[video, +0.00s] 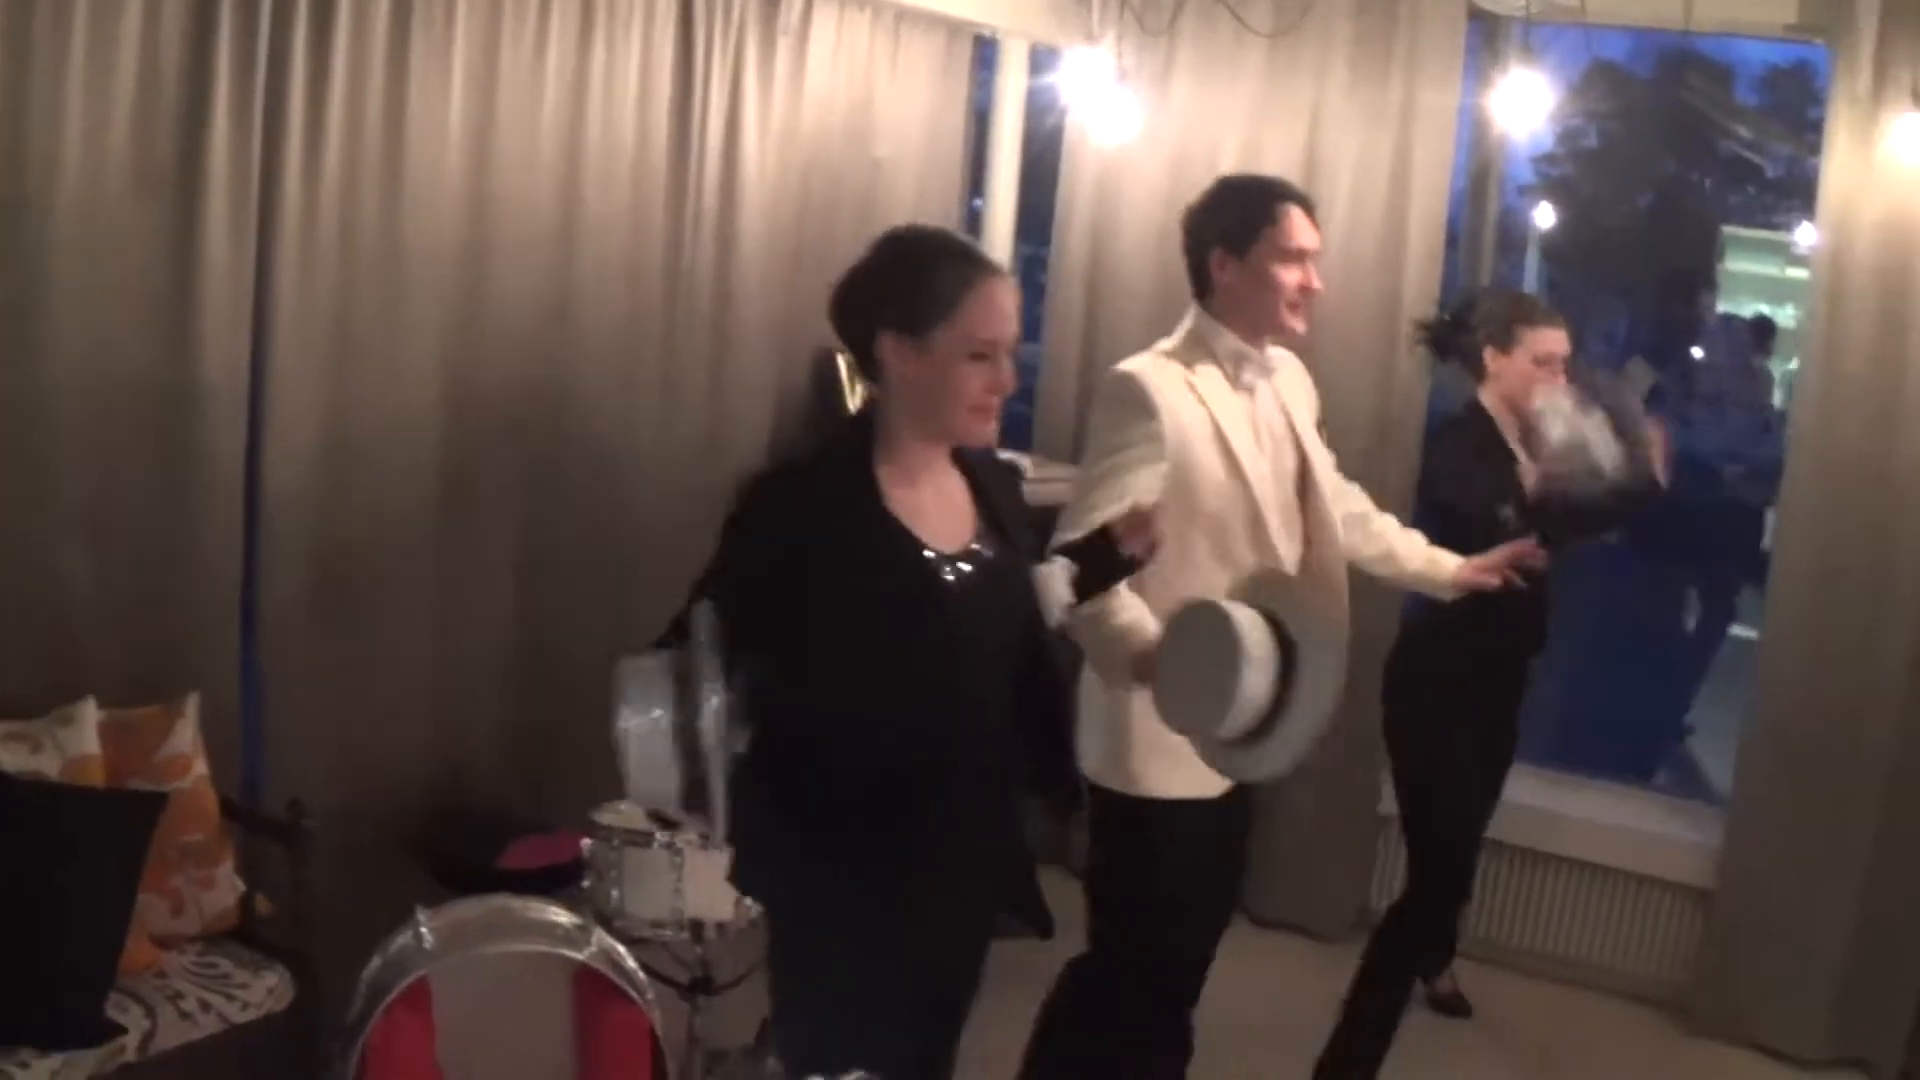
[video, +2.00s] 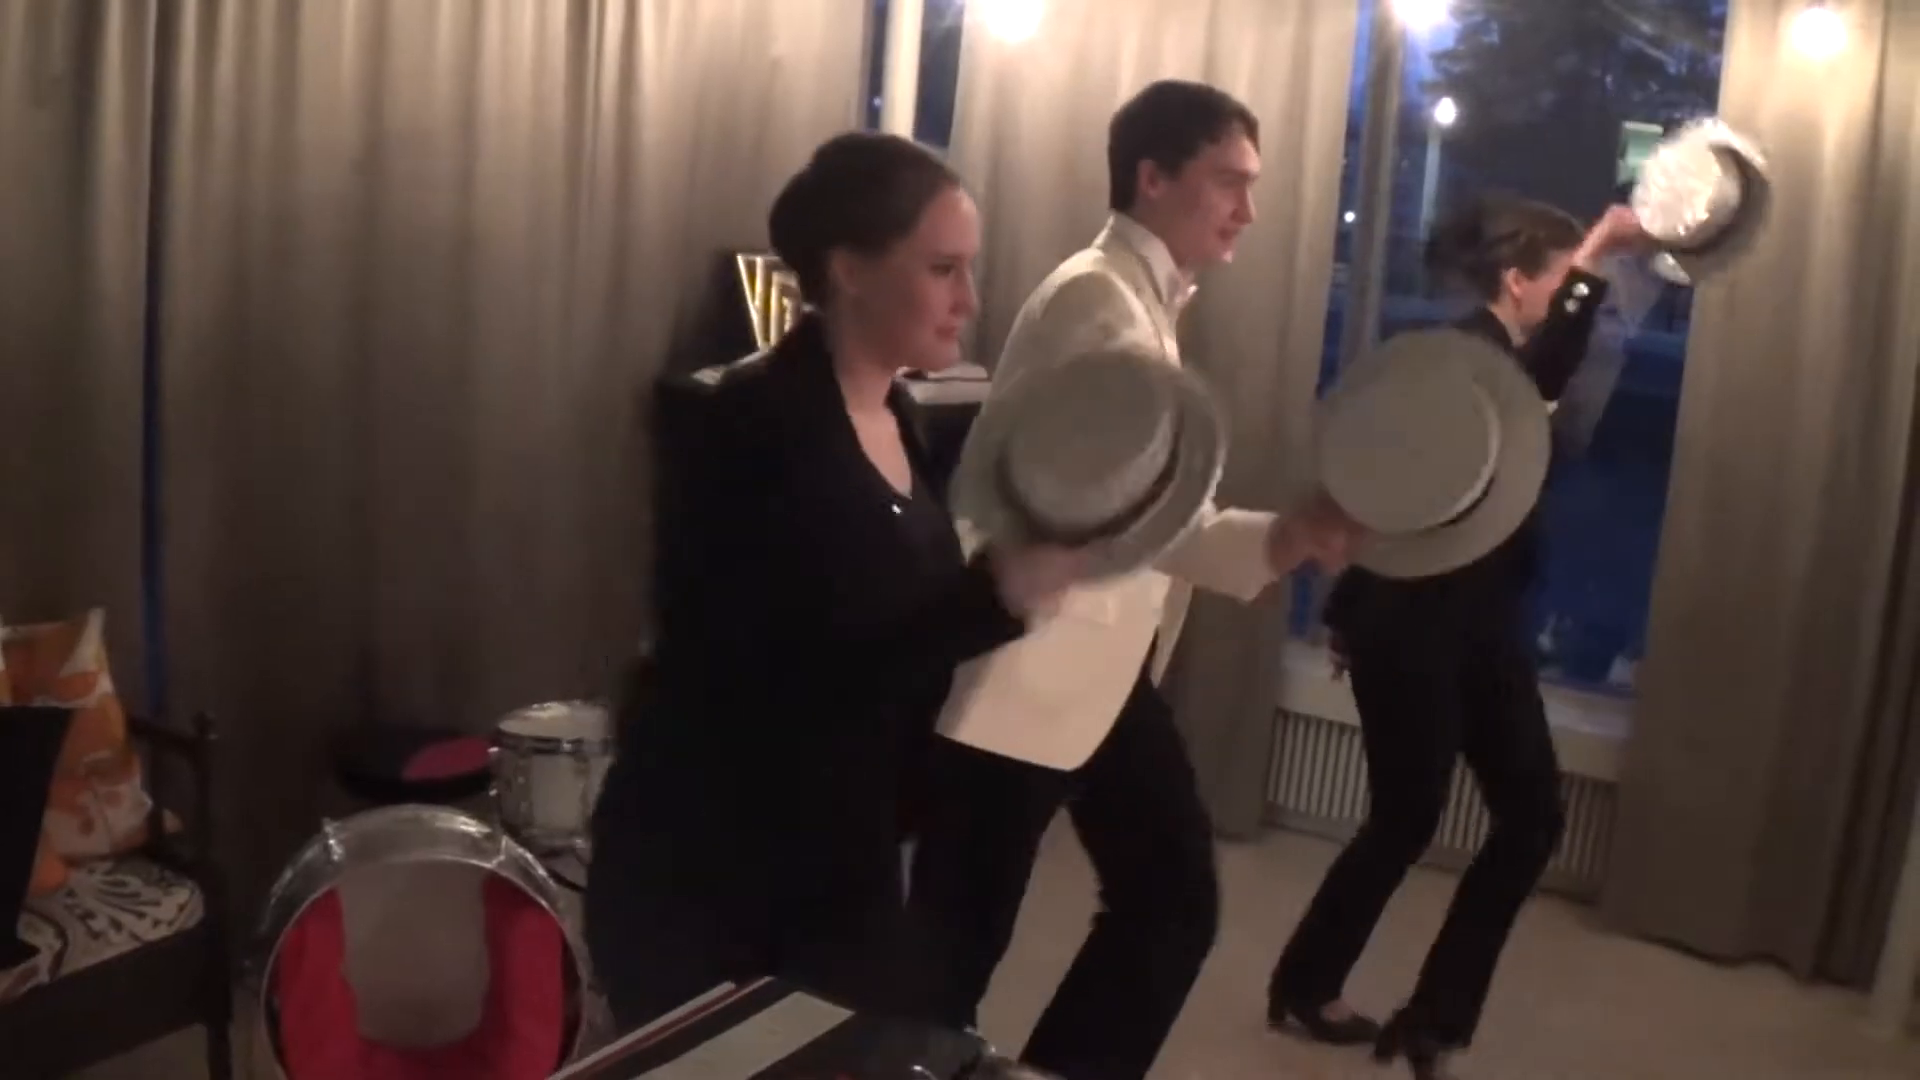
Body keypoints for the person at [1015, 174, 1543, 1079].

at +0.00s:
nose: (1312, 281)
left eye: (1315, 261)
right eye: (1292, 260)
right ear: (1221, 266)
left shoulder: (1285, 378)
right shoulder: (1149, 388)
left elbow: (1336, 511)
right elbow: (1088, 572)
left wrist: (1453, 571)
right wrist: (1163, 658)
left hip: (1230, 737)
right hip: (1147, 748)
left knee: (1176, 970)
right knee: (1131, 972)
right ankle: (1062, 1072)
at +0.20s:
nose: (1239, 258)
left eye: (1242, 237)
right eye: (1218, 235)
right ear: (1144, 242)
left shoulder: (1194, 372)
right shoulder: (1069, 375)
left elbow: (1223, 541)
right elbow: (1008, 555)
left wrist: (1329, 610)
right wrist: (1078, 651)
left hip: (1160, 716)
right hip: (1056, 728)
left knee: (1239, 871)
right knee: (1051, 951)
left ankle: (1114, 1054)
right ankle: (995, 1070)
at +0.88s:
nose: (1220, 211)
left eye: (1223, 190)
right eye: (1203, 187)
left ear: (1159, 192)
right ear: (1129, 184)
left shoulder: (1131, 310)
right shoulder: (1054, 291)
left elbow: (1138, 508)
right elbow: (970, 440)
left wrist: (1267, 576)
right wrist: (1077, 506)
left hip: (1092, 642)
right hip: (1014, 651)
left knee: (1210, 806)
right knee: (1013, 910)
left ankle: (1073, 1012)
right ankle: (982, 1053)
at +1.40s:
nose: (1219, 209)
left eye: (1222, 187)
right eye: (1199, 187)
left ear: (1149, 193)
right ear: (1121, 189)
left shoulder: (1168, 289)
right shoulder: (1045, 326)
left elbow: (1203, 410)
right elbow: (985, 506)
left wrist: (1303, 442)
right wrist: (1052, 640)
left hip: (1129, 634)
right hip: (1050, 646)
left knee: (1107, 840)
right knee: (1082, 846)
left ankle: (1031, 1031)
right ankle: (973, 1024)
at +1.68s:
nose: (1214, 186)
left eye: (1218, 164)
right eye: (1197, 161)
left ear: (1140, 165)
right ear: (1119, 160)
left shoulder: (1142, 284)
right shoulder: (1032, 308)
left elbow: (1176, 432)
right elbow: (995, 520)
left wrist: (1285, 448)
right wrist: (1092, 661)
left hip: (1126, 666)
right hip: (1041, 675)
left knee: (1133, 851)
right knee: (1028, 870)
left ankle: (1046, 1030)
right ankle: (959, 1039)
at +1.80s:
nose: (1230, 193)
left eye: (1233, 172)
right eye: (1211, 169)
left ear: (1166, 181)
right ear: (1133, 170)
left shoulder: (1141, 300)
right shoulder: (1054, 301)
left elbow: (1121, 494)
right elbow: (1020, 509)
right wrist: (1146, 617)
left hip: (1101, 653)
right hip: (1013, 659)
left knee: (1198, 831)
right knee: (978, 891)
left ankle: (1043, 1033)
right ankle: (923, 1056)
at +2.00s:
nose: (1245, 209)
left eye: (1249, 186)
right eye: (1227, 183)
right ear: (1151, 179)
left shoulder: (1144, 303)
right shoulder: (1099, 308)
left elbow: (1128, 513)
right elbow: (1101, 522)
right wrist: (1274, 542)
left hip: (1100, 681)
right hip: (1011, 688)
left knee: (1168, 908)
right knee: (953, 942)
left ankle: (1064, 1073)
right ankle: (909, 1071)